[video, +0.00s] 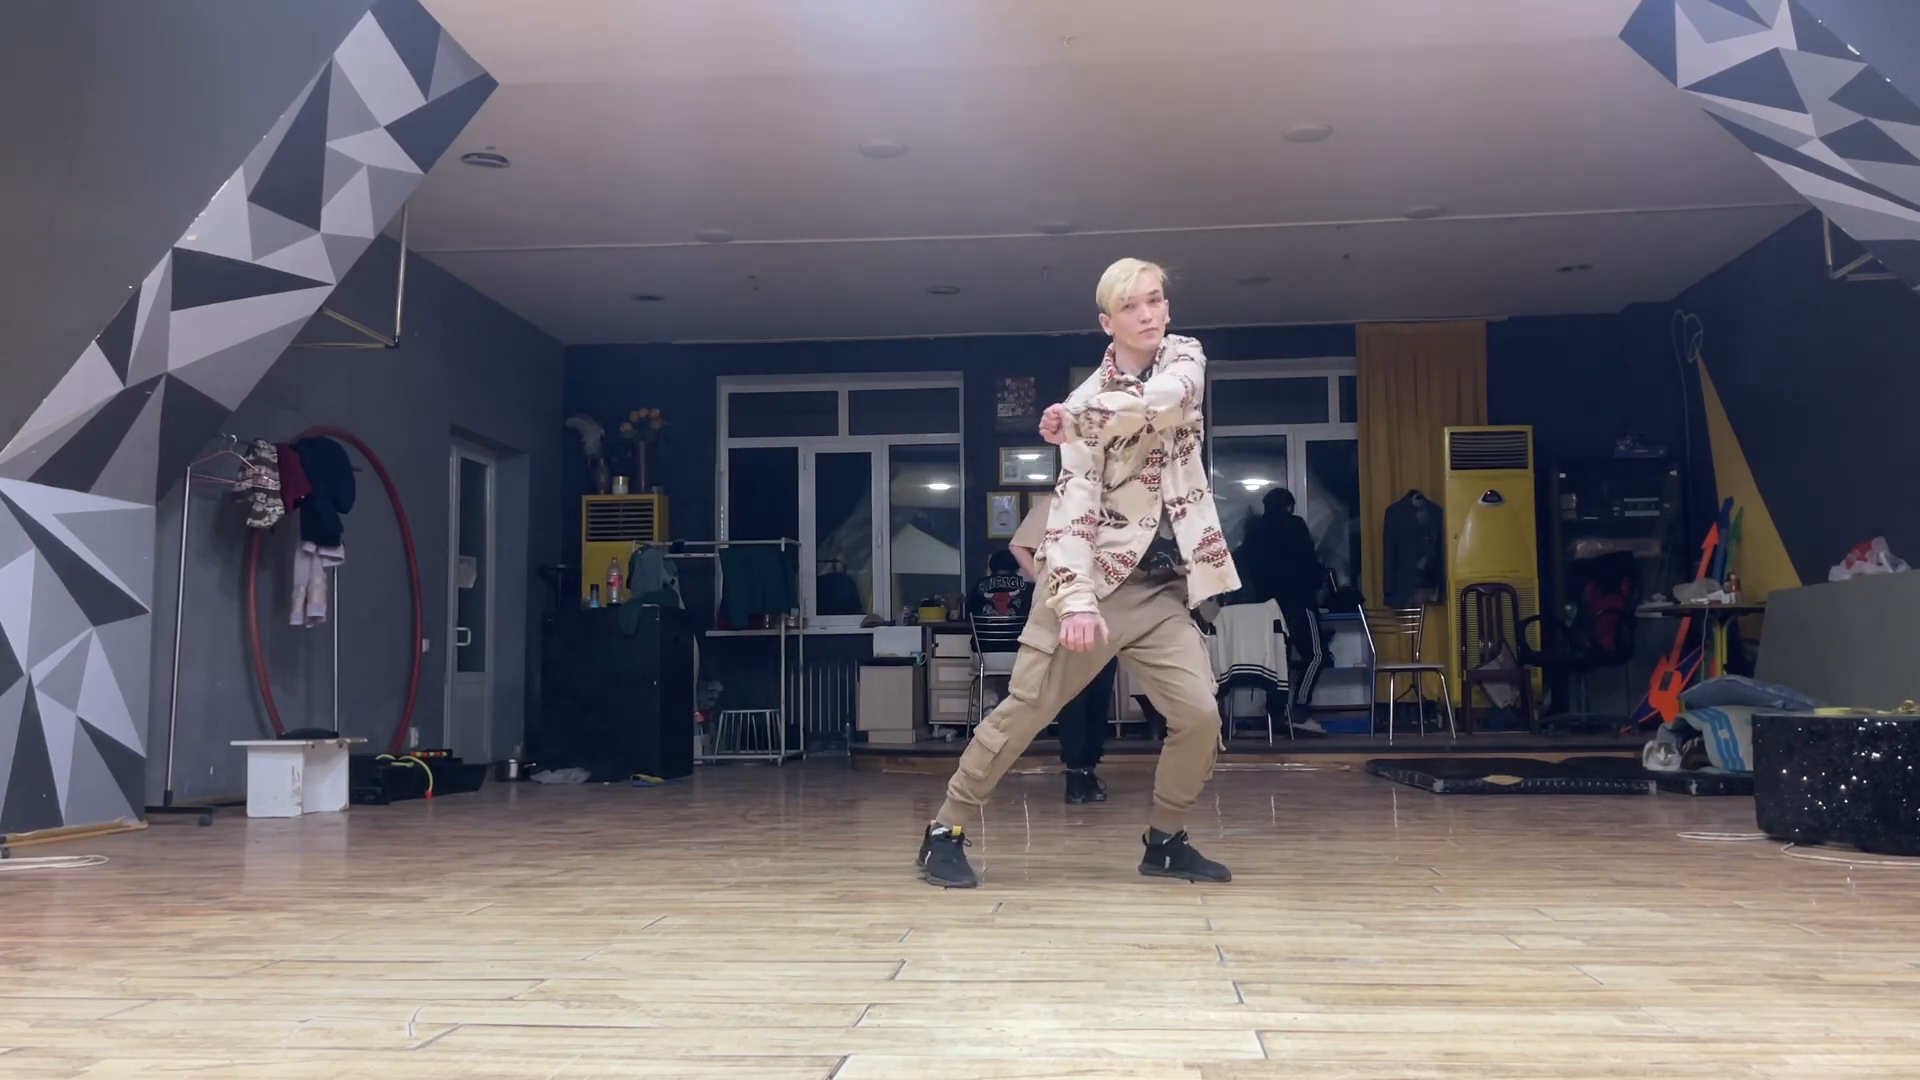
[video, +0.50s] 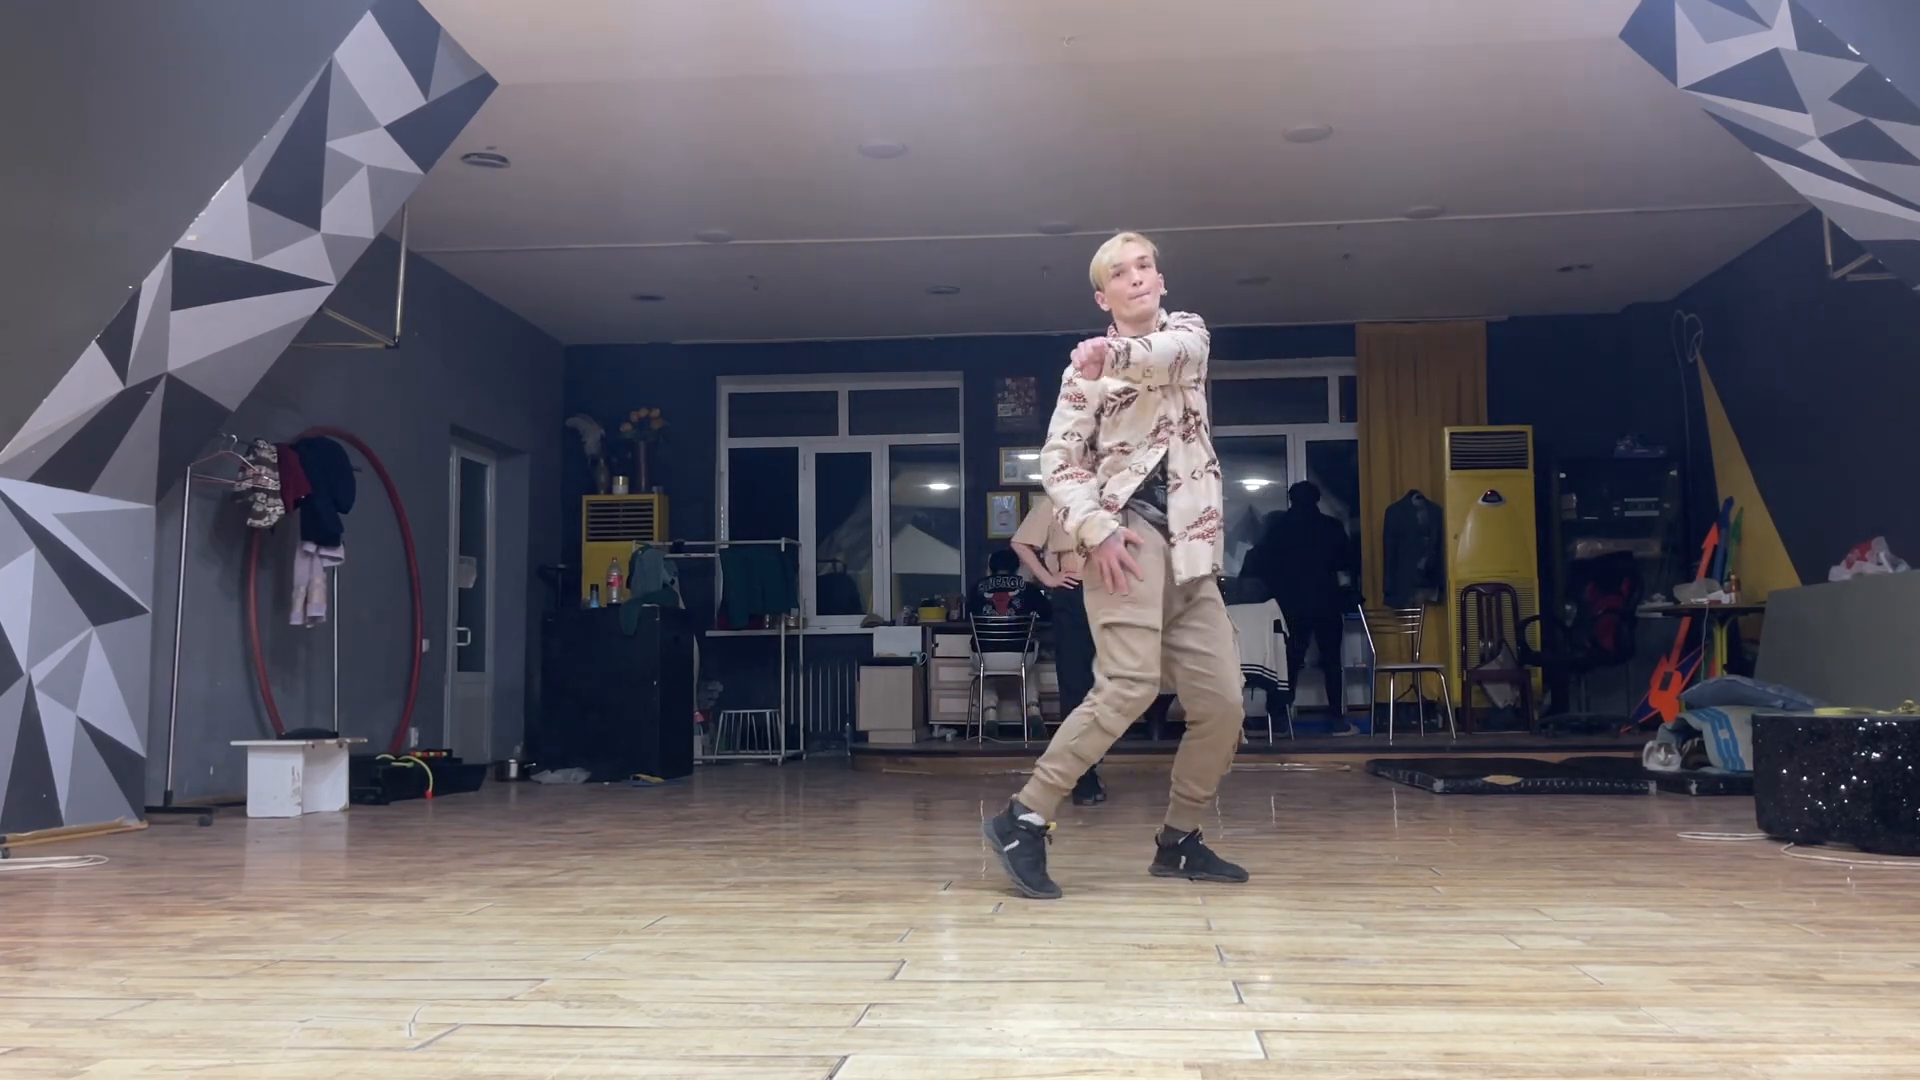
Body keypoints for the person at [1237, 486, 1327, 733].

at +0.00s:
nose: (1291, 510)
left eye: (1289, 507)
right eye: (1291, 507)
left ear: (1267, 506)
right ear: (1289, 506)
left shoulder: (1255, 528)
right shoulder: (1295, 524)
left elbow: (1247, 561)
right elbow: (1307, 562)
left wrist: (1260, 585)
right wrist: (1318, 580)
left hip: (1265, 600)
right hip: (1295, 598)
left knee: (1277, 655)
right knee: (1315, 655)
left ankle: (1274, 713)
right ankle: (1299, 711)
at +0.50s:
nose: (1307, 503)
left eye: (1299, 498)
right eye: (1310, 498)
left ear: (1291, 500)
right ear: (1316, 500)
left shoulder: (1277, 525)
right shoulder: (1331, 525)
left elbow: (1260, 561)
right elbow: (1346, 561)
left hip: (1289, 603)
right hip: (1325, 602)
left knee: (1289, 660)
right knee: (1331, 662)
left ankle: (1278, 718)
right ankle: (1336, 720)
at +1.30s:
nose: (1299, 505)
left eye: (1299, 501)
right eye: (1299, 501)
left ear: (1304, 502)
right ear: (1325, 501)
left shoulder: (1292, 531)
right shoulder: (1345, 527)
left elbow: (1280, 567)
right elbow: (1363, 553)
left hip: (1304, 605)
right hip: (1338, 604)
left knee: (1303, 663)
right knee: (1336, 662)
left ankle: (1300, 720)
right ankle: (1338, 720)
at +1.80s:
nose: (1284, 506)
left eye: (1284, 502)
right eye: (1284, 503)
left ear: (1289, 502)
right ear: (1311, 500)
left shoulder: (1279, 529)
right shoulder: (1331, 525)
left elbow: (1266, 568)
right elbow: (1355, 555)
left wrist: (1277, 593)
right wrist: (1355, 592)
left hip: (1296, 604)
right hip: (1329, 601)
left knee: (1299, 662)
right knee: (1333, 662)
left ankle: (1299, 718)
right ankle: (1337, 719)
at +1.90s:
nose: (1285, 506)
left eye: (1286, 502)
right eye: (1286, 503)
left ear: (1289, 502)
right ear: (1312, 501)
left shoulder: (1279, 530)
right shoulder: (1332, 525)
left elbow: (1268, 569)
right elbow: (1355, 556)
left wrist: (1278, 593)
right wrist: (1356, 592)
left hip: (1296, 604)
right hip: (1330, 601)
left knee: (1299, 662)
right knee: (1333, 661)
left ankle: (1299, 718)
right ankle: (1337, 718)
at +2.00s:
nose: (1288, 506)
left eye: (1289, 502)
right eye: (1289, 502)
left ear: (1291, 502)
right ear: (1315, 501)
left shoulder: (1280, 529)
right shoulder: (1333, 526)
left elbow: (1264, 566)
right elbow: (1355, 556)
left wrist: (1278, 592)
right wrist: (1355, 593)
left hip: (1296, 603)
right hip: (1330, 601)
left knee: (1300, 661)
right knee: (1333, 661)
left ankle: (1300, 716)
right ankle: (1337, 718)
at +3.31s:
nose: (1300, 502)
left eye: (1301, 498)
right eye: (1301, 499)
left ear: (1304, 499)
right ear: (1328, 499)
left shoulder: (1289, 529)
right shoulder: (1346, 529)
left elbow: (1271, 566)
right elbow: (1359, 567)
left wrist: (1276, 531)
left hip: (1301, 604)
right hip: (1334, 604)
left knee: (1302, 662)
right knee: (1334, 661)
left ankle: (1301, 719)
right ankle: (1337, 719)